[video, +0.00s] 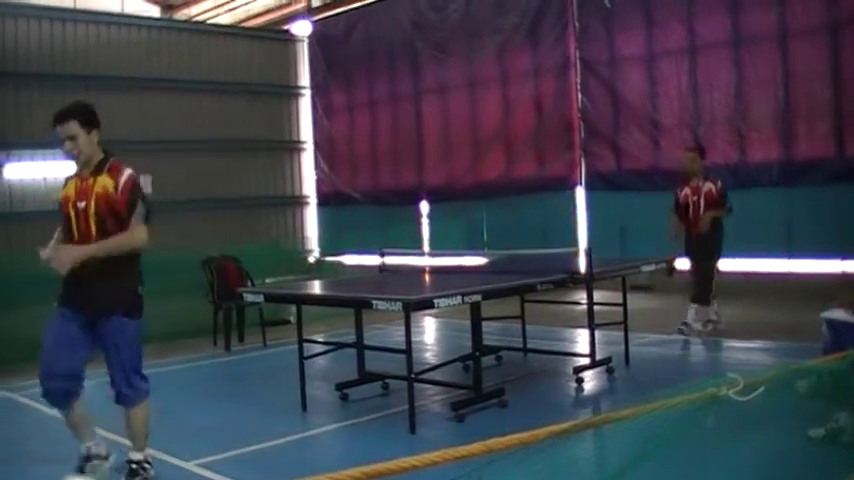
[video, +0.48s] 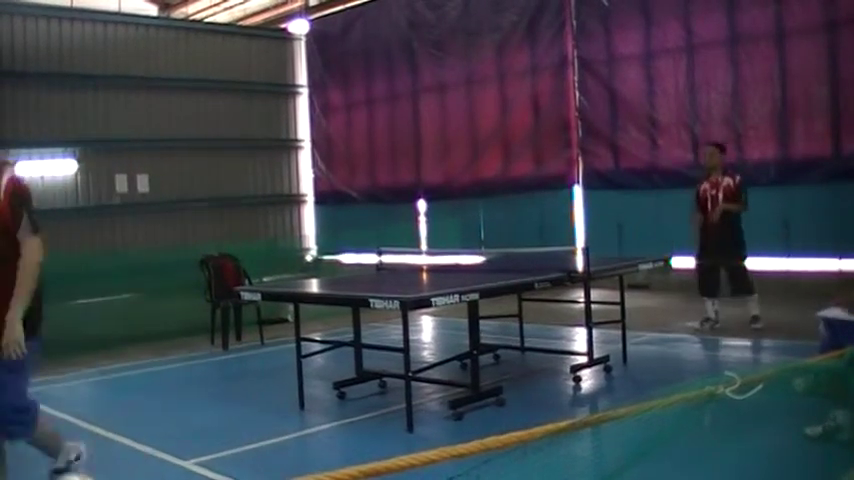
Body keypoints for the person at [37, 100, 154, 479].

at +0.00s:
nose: (68, 148)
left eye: (73, 138)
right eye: (63, 142)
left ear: (95, 134)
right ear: (63, 144)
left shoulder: (123, 178)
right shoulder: (71, 186)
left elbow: (140, 235)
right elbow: (67, 228)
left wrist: (81, 253)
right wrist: (53, 247)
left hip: (119, 300)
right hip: (77, 299)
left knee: (129, 384)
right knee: (56, 380)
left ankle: (139, 460)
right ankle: (93, 449)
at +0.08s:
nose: (53, 150)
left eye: (58, 141)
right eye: (48, 143)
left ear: (80, 136)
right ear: (48, 145)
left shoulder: (108, 179)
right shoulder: (60, 186)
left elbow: (120, 238)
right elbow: (63, 231)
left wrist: (59, 257)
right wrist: (42, 253)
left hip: (108, 305)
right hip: (64, 304)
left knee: (126, 387)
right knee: (46, 390)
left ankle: (138, 461)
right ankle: (50, 472)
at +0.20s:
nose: (22, 156)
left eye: (27, 146)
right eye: (18, 148)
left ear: (50, 142)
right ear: (22, 149)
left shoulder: (79, 185)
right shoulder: (32, 190)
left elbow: (89, 247)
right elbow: (36, 246)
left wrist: (26, 276)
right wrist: (12, 277)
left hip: (87, 313)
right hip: (42, 314)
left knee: (114, 392)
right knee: (23, 402)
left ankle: (135, 457)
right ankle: (9, 474)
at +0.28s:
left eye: (4, 148)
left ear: (26, 144)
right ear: (13, 147)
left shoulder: (55, 189)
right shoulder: (9, 195)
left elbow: (72, 252)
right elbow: (18, 259)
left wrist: (15, 294)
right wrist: (5, 294)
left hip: (67, 317)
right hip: (21, 321)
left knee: (100, 397)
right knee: (7, 415)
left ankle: (132, 451)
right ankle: (7, 474)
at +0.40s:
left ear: (5, 155)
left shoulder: (22, 185)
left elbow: (47, 251)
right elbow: (45, 250)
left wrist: (13, 312)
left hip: (34, 321)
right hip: (2, 323)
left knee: (48, 410)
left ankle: (102, 442)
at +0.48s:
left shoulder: (11, 187)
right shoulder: (10, 189)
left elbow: (32, 249)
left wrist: (14, 319)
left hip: (14, 328)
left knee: (12, 411)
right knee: (11, 411)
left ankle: (66, 452)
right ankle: (65, 453)